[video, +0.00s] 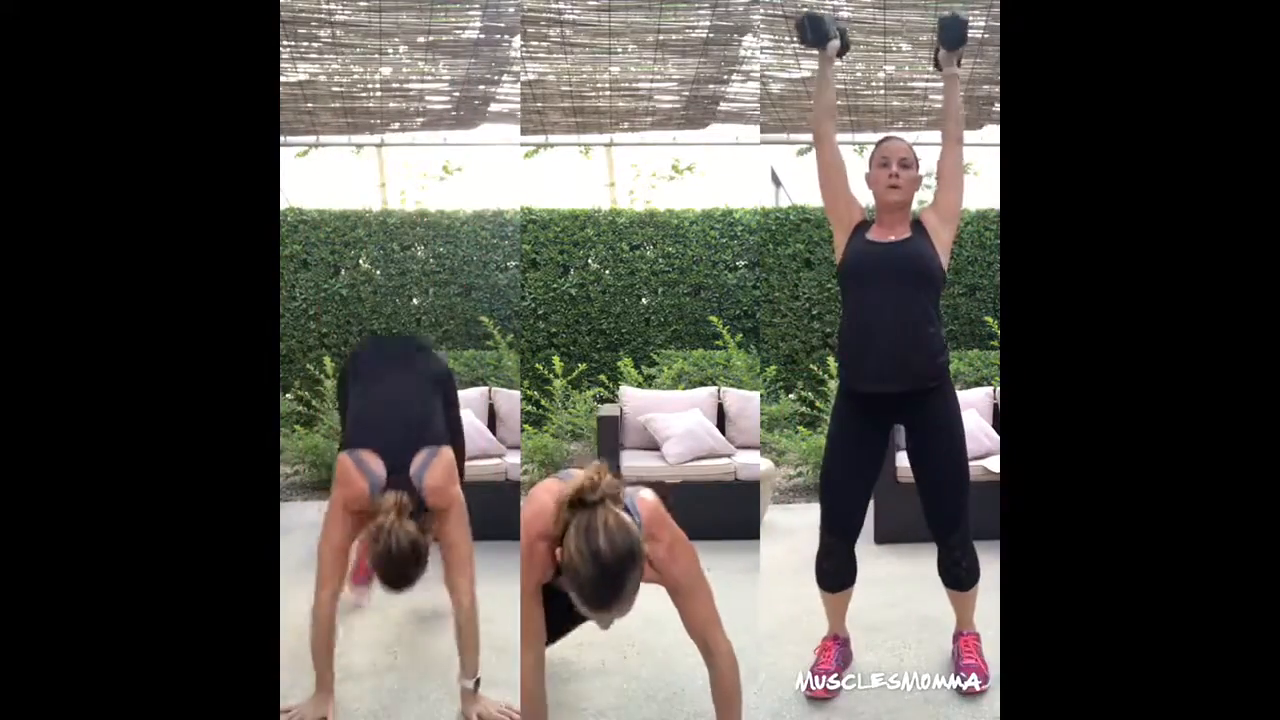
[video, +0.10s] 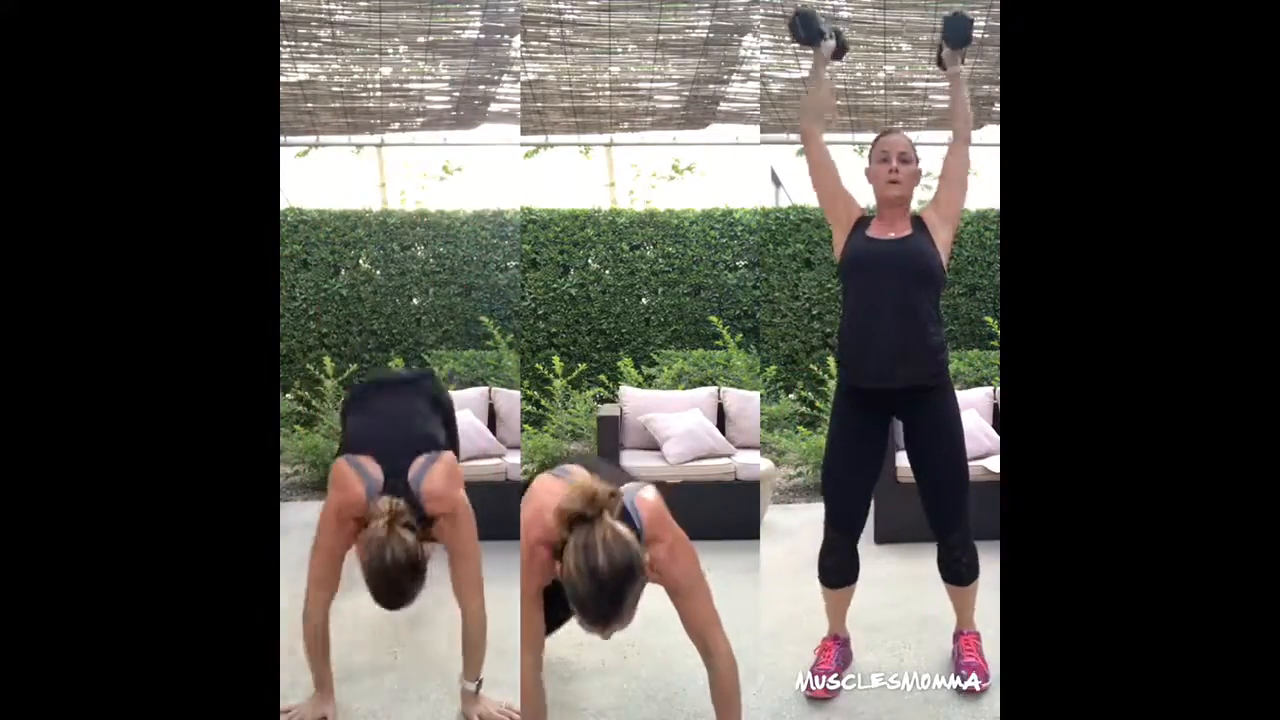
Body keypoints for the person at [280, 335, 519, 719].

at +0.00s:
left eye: (404, 582)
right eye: (386, 578)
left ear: (427, 534)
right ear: (370, 536)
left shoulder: (445, 489)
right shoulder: (350, 489)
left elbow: (463, 593)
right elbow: (327, 593)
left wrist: (470, 689)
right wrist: (323, 692)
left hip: (427, 361)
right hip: (363, 361)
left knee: (451, 482)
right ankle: (362, 543)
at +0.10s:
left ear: (425, 543)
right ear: (360, 544)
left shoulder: (449, 499)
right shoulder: (344, 498)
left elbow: (473, 603)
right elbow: (317, 600)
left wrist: (471, 693)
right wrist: (323, 695)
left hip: (428, 391)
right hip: (361, 397)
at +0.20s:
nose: (395, 602)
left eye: (404, 595)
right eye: (386, 597)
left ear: (422, 542)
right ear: (356, 546)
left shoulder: (449, 497)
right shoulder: (341, 497)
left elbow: (474, 602)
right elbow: (316, 605)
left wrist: (472, 691)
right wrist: (322, 693)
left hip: (435, 433)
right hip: (365, 433)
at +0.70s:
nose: (388, 573)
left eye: (396, 569)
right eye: (379, 568)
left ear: (417, 528)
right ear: (361, 523)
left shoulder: (439, 485)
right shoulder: (348, 480)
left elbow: (461, 598)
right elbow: (332, 595)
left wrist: (471, 690)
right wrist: (323, 693)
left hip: (434, 385)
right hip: (366, 384)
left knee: (456, 501)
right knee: (335, 500)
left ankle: (445, 554)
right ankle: (357, 551)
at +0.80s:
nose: (392, 558)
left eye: (397, 550)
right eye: (381, 553)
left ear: (413, 513)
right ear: (360, 522)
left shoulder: (437, 481)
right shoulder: (345, 476)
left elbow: (462, 598)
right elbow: (324, 594)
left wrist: (472, 690)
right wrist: (321, 691)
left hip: (434, 405)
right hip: (366, 404)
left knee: (463, 521)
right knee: (334, 506)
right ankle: (353, 603)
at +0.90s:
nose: (385, 506)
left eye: (393, 493)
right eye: (374, 494)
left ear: (409, 473)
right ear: (357, 477)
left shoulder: (433, 453)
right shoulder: (339, 463)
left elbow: (467, 575)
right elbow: (315, 571)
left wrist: (479, 676)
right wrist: (307, 676)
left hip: (430, 428)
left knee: (461, 527)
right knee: (336, 527)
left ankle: (445, 610)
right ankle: (357, 606)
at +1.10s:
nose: (392, 380)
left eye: (401, 367)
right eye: (379, 369)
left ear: (416, 360)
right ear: (361, 366)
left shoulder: (438, 387)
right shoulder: (345, 390)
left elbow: (484, 468)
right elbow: (302, 472)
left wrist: (484, 552)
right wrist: (294, 561)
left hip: (428, 439)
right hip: (367, 438)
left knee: (455, 515)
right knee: (343, 516)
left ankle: (444, 609)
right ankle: (358, 605)